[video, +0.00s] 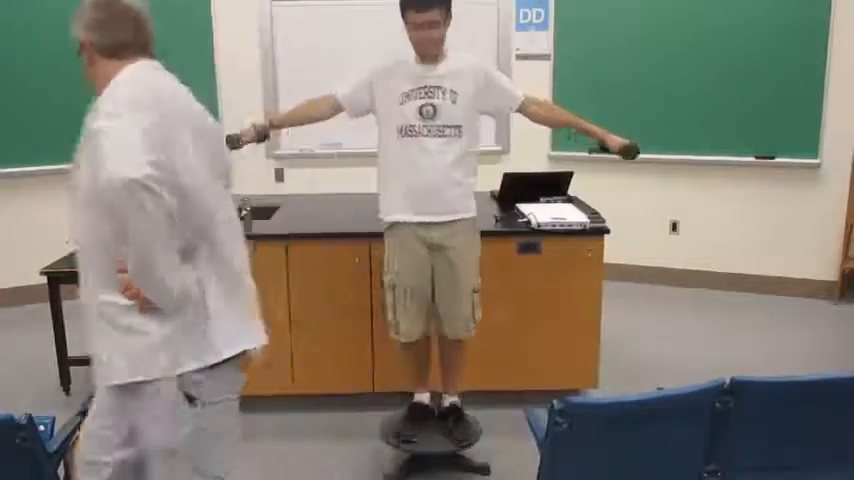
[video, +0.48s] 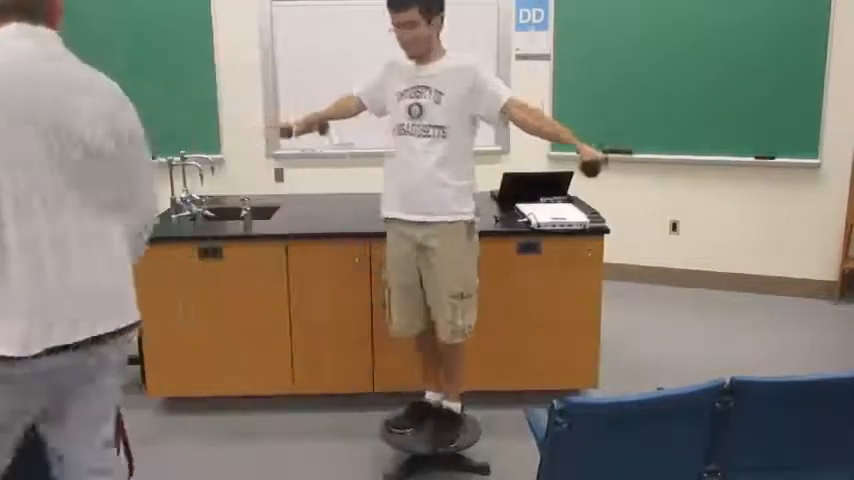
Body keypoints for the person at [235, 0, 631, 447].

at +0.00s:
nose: (427, 34)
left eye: (434, 25)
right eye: (418, 26)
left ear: (448, 24)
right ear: (405, 26)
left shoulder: (474, 75)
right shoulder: (384, 78)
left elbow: (534, 108)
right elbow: (329, 105)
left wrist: (601, 134)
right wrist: (271, 123)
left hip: (457, 218)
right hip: (403, 218)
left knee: (455, 319)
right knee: (412, 320)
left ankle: (451, 403)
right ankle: (421, 400)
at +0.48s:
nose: (402, 36)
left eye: (409, 25)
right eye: (396, 27)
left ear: (437, 22)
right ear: (392, 27)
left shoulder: (467, 74)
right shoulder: (393, 73)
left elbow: (519, 112)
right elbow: (356, 103)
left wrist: (577, 143)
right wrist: (303, 124)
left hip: (450, 219)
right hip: (400, 217)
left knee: (449, 323)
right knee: (417, 320)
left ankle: (452, 411)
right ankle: (430, 400)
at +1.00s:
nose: (387, 35)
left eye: (392, 25)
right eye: (386, 27)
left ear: (421, 23)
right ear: (415, 25)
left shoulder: (438, 67)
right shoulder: (425, 69)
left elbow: (442, 114)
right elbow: (434, 126)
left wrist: (435, 159)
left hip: (435, 219)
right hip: (421, 217)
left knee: (435, 320)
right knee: (427, 318)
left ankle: (445, 415)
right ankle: (439, 403)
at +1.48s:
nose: (391, 36)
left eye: (391, 26)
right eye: (389, 27)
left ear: (406, 22)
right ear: (430, 23)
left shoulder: (409, 72)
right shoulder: (459, 72)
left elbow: (372, 118)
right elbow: (493, 108)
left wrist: (319, 157)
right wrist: (519, 121)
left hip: (423, 223)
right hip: (454, 217)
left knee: (425, 325)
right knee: (449, 324)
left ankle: (431, 416)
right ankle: (451, 408)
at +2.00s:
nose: (417, 27)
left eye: (415, 20)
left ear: (412, 24)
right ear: (452, 28)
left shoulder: (388, 81)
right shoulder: (472, 83)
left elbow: (353, 147)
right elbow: (504, 153)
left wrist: (340, 180)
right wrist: (531, 193)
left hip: (401, 222)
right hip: (454, 222)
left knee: (403, 322)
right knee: (443, 324)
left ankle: (409, 412)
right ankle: (438, 415)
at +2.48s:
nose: (477, 37)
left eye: (478, 28)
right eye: (473, 27)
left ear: (444, 25)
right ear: (449, 23)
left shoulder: (428, 74)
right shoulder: (431, 78)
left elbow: (426, 155)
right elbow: (424, 155)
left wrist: (445, 220)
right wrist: (435, 226)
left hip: (426, 223)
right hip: (435, 226)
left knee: (428, 324)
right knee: (441, 325)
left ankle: (425, 402)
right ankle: (420, 410)